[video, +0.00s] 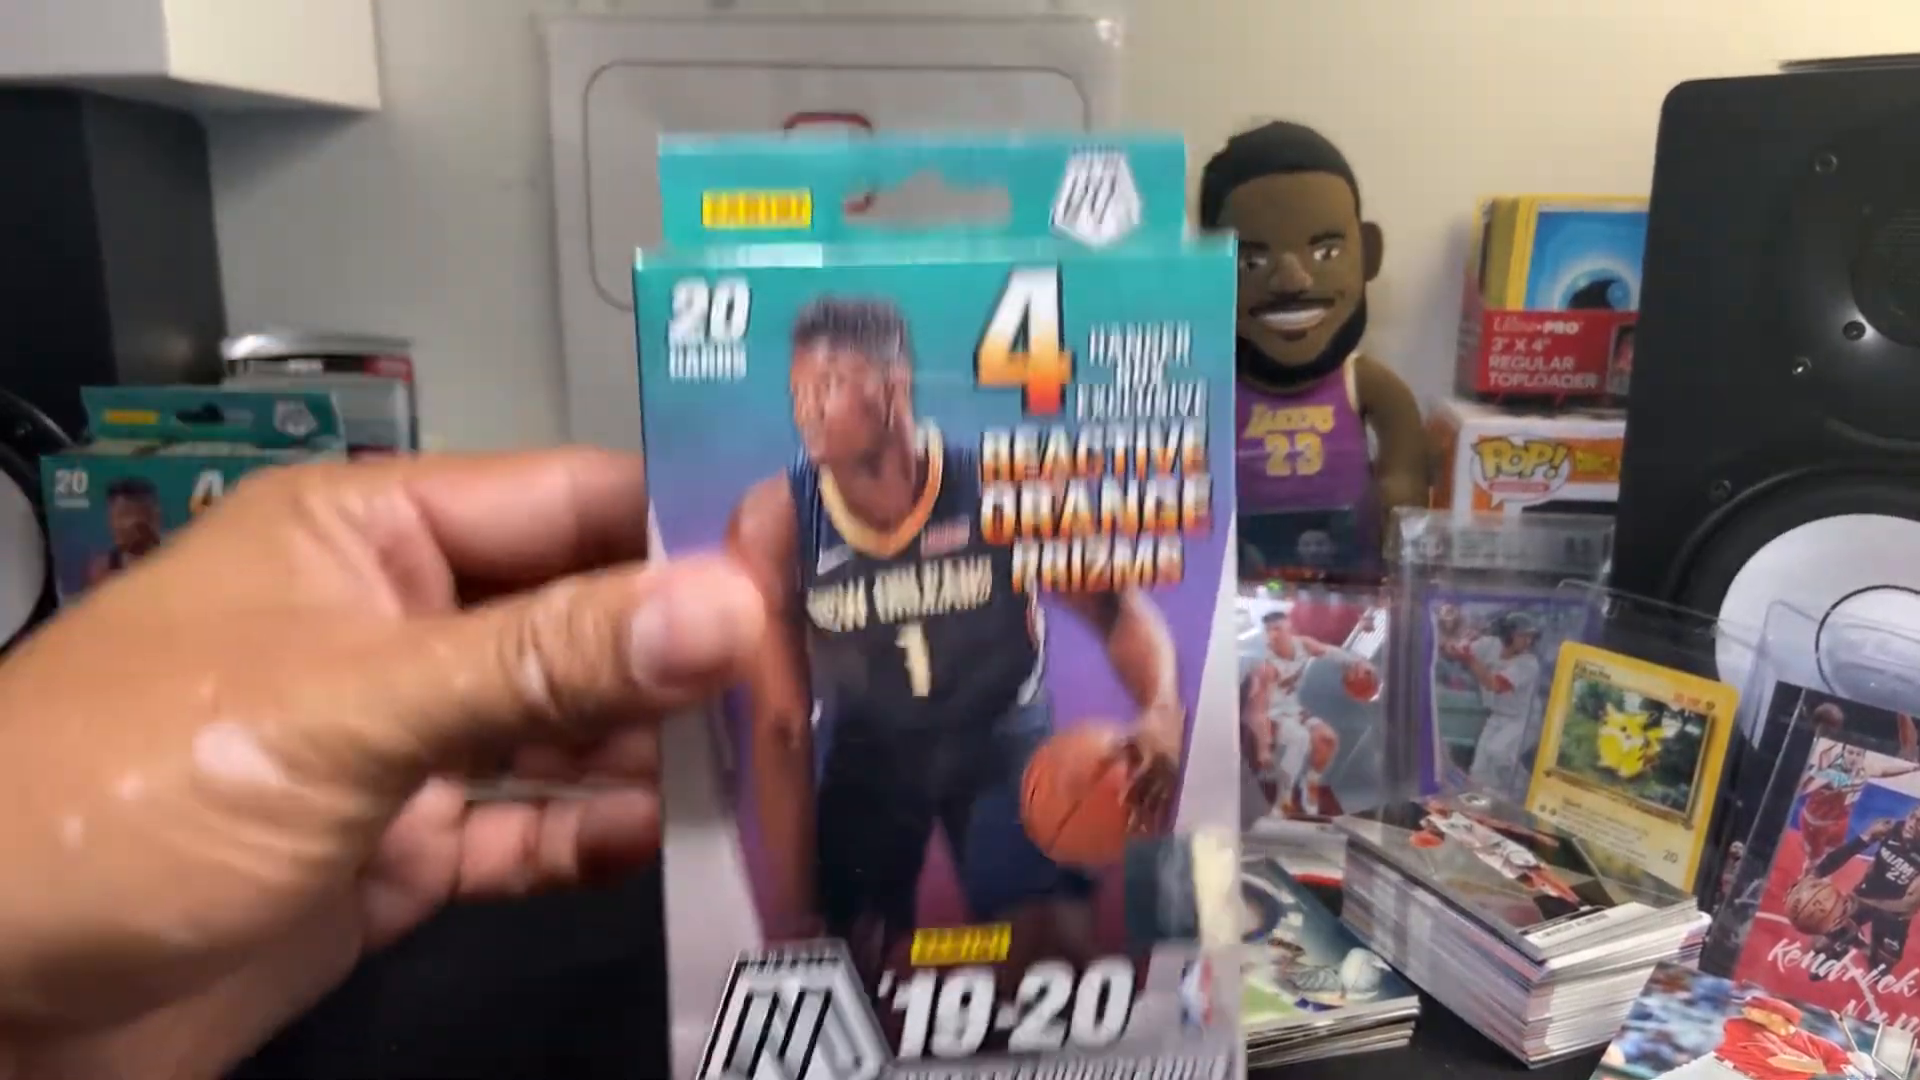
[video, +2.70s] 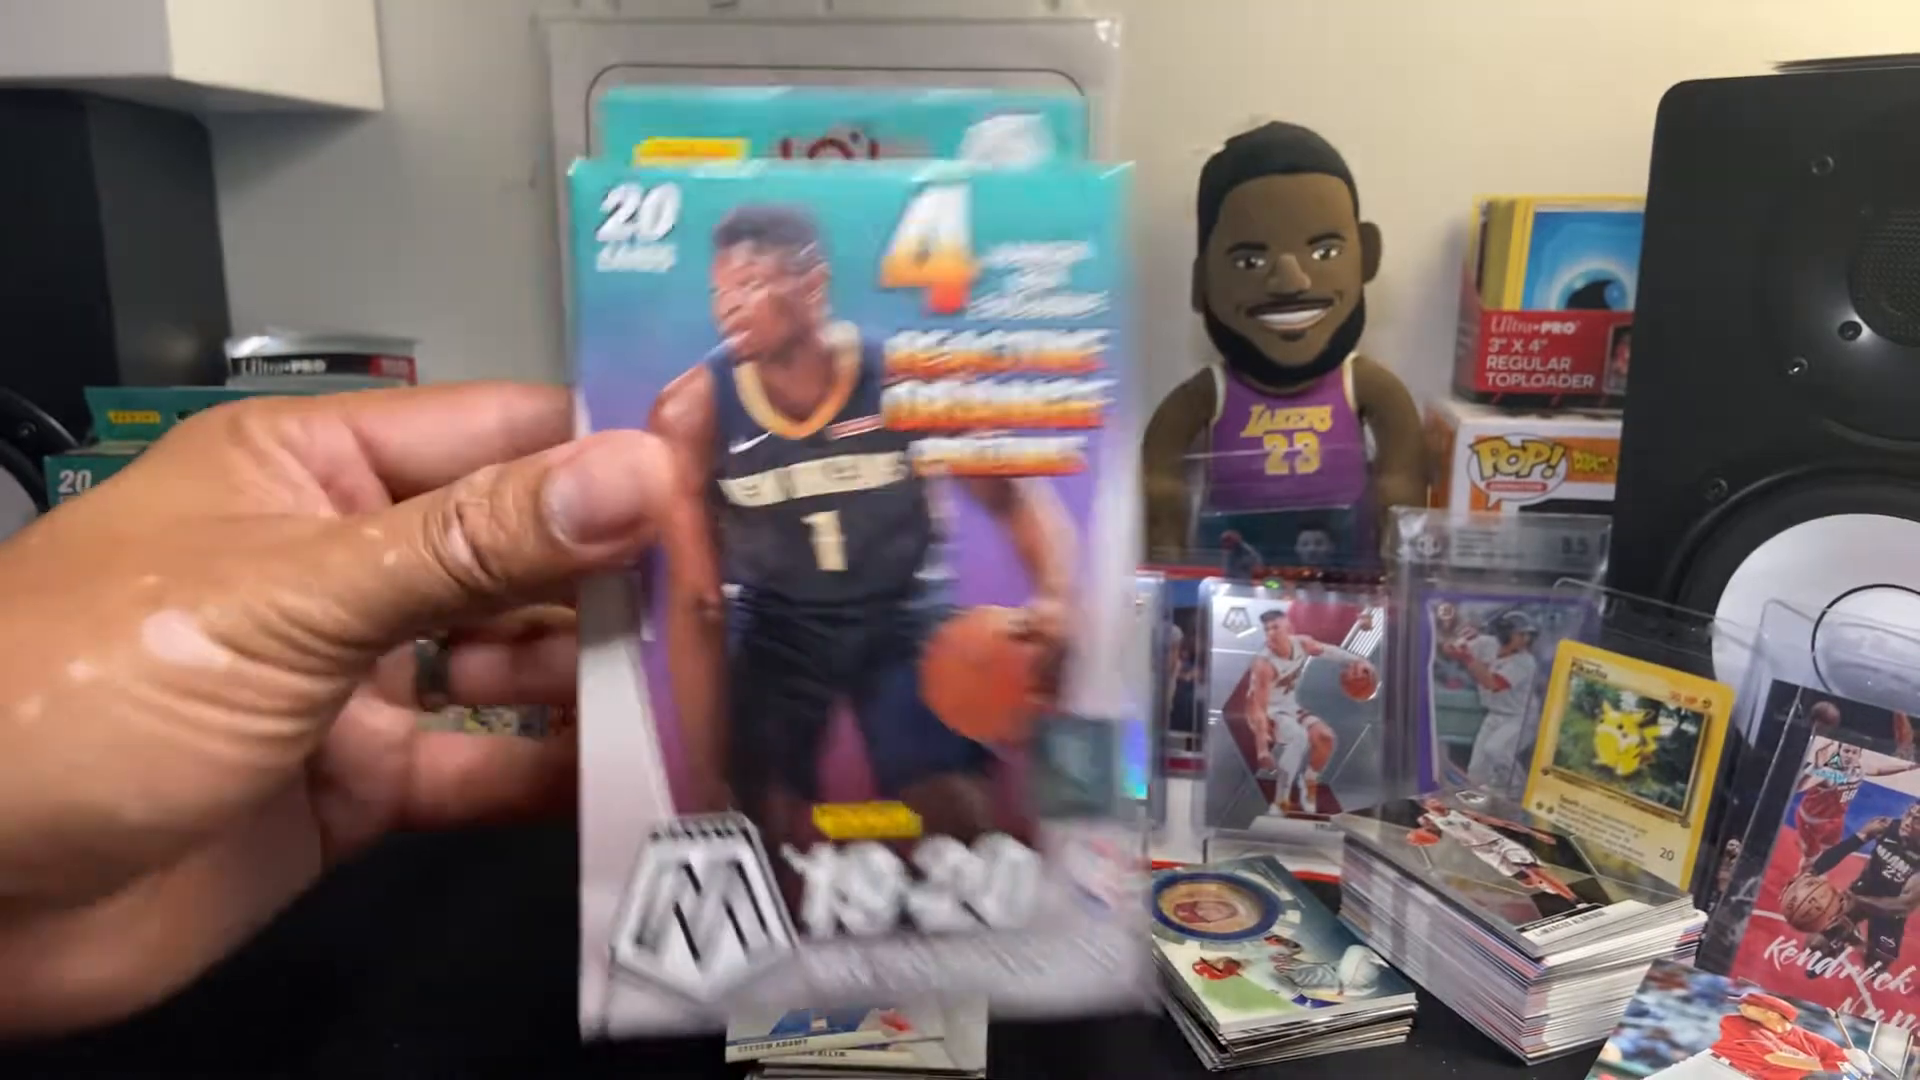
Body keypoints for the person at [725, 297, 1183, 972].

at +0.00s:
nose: (811, 408)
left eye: (832, 384)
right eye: (801, 389)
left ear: (895, 387)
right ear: (791, 399)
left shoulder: (999, 487)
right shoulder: (774, 520)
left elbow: (1115, 608)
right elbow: (781, 728)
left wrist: (1162, 712)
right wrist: (790, 920)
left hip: (999, 750)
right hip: (870, 759)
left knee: (1052, 946)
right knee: (842, 963)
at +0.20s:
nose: (783, 301)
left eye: (803, 277)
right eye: (774, 281)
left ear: (866, 277)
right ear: (765, 290)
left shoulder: (972, 371)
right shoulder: (752, 413)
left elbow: (1090, 487)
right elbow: (767, 612)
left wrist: (1138, 584)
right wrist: (788, 790)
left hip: (982, 632)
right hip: (855, 646)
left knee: (1042, 821)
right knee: (835, 843)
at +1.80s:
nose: (776, 316)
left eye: (799, 292)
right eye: (768, 296)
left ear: (870, 290)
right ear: (760, 304)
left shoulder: (980, 393)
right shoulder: (739, 437)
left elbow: (1104, 525)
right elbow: (751, 654)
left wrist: (1162, 638)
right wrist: (765, 854)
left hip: (985, 662)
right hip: (839, 674)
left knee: (1043, 902)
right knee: (806, 903)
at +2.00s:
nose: (828, 306)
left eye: (854, 282)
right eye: (819, 283)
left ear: (922, 290)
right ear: (806, 292)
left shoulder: (1028, 406)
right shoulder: (780, 427)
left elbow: (1157, 557)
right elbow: (767, 655)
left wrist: (1202, 680)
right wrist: (767, 858)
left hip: (1008, 695)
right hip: (865, 698)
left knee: (1054, 907)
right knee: (837, 913)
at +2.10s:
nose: (720, 282)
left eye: (742, 260)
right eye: (715, 263)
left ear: (803, 263)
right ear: (708, 272)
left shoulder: (893, 358)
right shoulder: (686, 385)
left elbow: (1002, 473)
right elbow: (686, 580)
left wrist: (1042, 577)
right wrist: (690, 761)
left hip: (886, 600)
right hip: (768, 607)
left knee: (926, 769)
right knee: (757, 787)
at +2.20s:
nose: (666, 296)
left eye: (684, 277)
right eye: (660, 281)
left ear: (738, 280)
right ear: (653, 288)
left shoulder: (819, 360)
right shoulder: (637, 386)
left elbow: (912, 461)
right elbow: (640, 553)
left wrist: (948, 544)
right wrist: (653, 702)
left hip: (819, 564)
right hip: (714, 572)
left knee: (859, 717)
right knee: (704, 733)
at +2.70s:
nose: (729, 306)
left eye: (752, 284)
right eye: (723, 289)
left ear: (814, 285)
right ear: (714, 299)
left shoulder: (905, 381)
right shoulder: (693, 412)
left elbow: (1011, 494)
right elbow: (697, 605)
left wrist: (1056, 598)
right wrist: (706, 783)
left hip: (905, 623)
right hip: (780, 632)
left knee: (943, 795)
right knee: (764, 811)